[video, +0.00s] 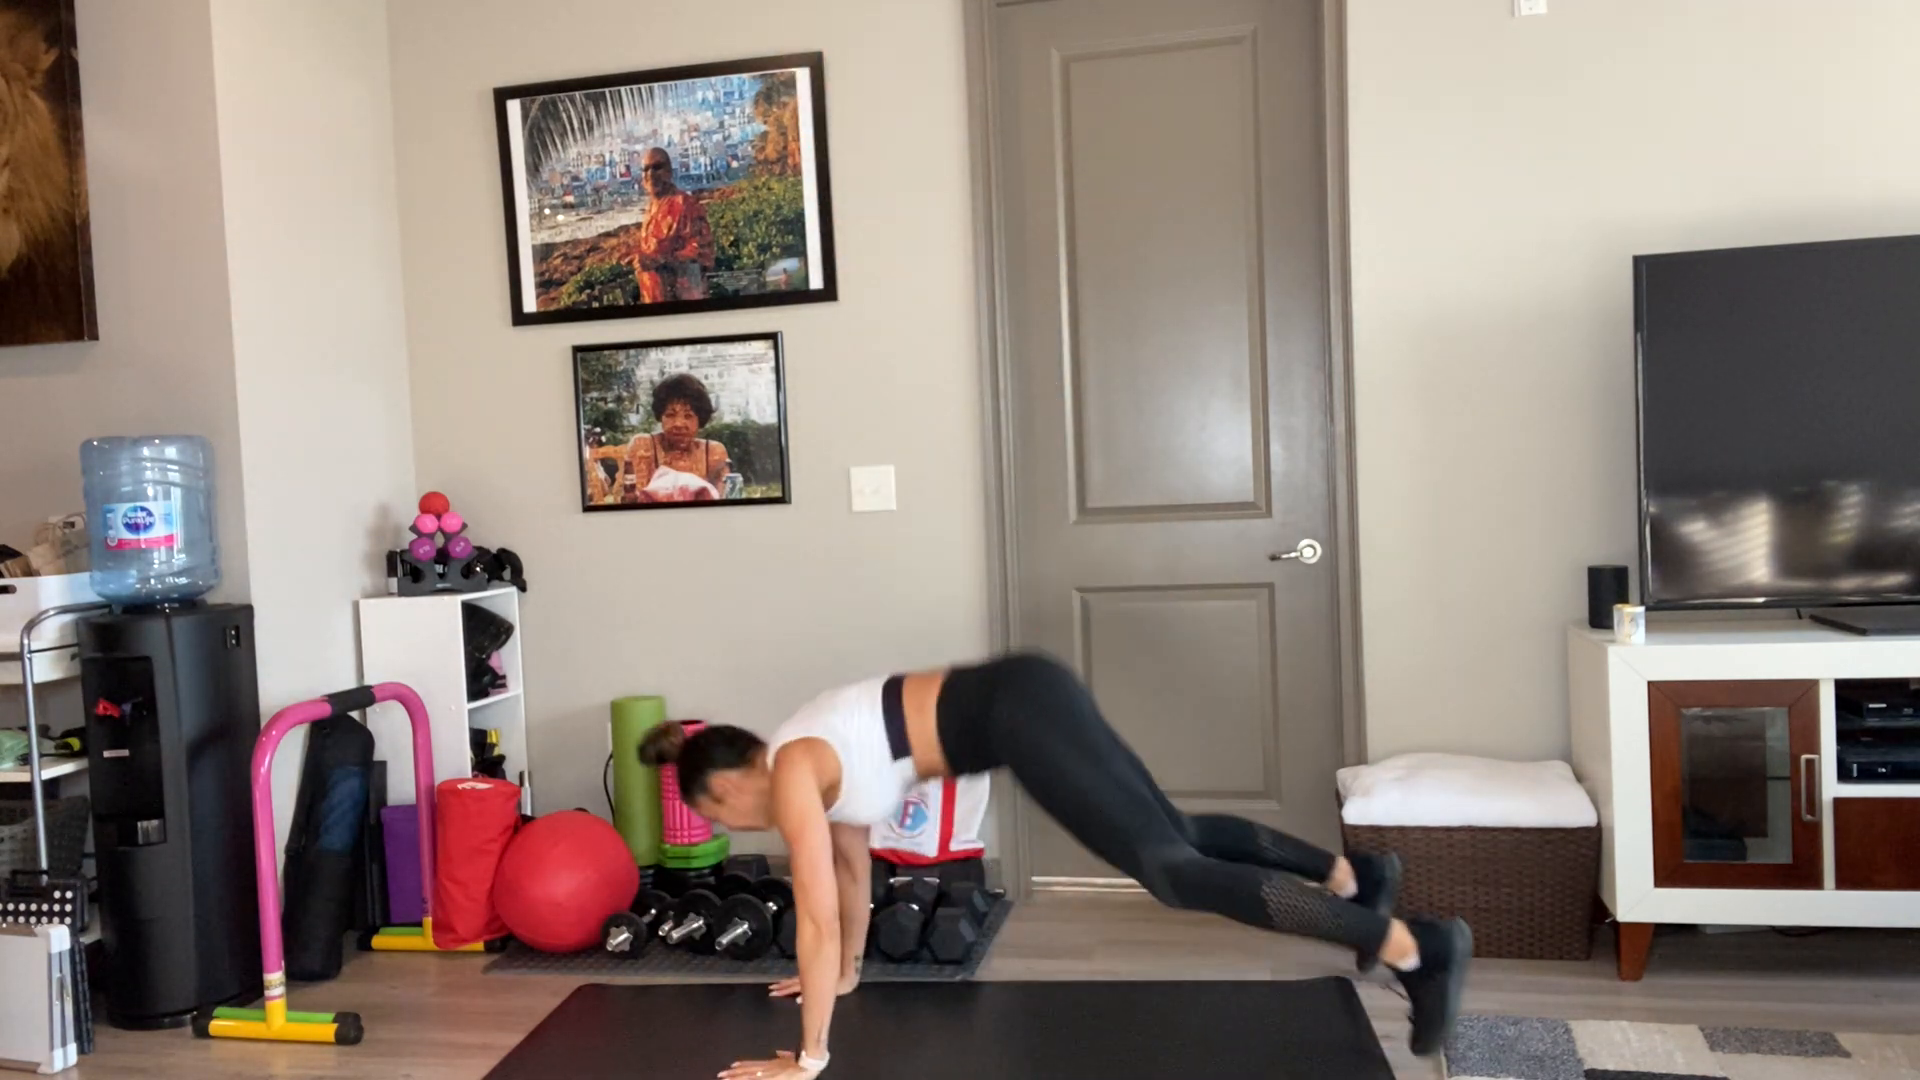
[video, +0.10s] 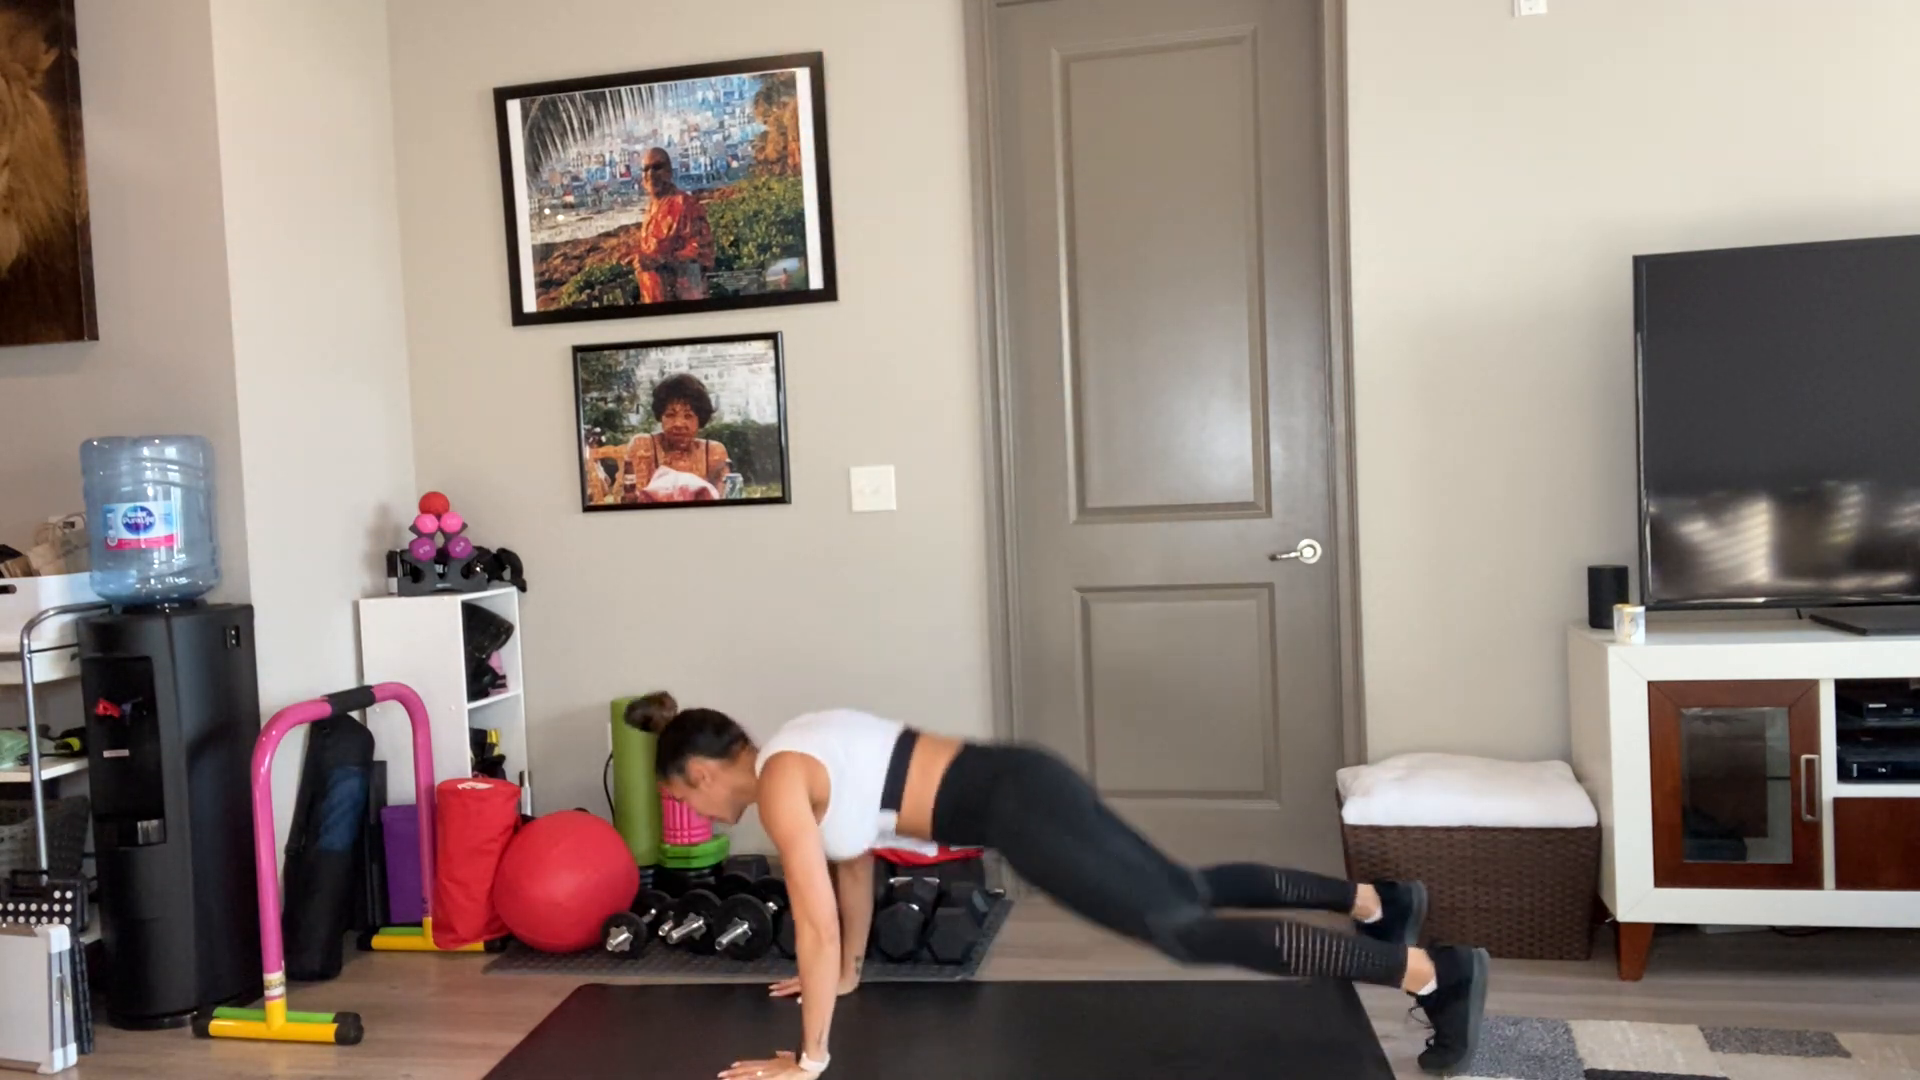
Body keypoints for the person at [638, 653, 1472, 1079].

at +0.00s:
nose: (722, 826)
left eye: (709, 813)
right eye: (707, 817)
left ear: (724, 782)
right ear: (738, 757)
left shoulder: (791, 775)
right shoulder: (819, 752)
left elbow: (821, 916)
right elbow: (851, 881)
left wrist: (812, 1050)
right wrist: (833, 967)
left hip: (1007, 712)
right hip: (1019, 697)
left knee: (1170, 871)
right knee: (1177, 836)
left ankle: (1408, 942)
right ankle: (1346, 877)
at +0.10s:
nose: (698, 809)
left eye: (691, 794)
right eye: (688, 798)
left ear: (710, 767)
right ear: (725, 752)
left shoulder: (780, 790)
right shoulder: (803, 750)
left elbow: (821, 929)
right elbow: (850, 888)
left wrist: (810, 1054)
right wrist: (839, 971)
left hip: (1008, 801)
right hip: (1014, 784)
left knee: (1179, 929)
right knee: (1187, 890)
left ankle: (1425, 971)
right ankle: (1367, 898)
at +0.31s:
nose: (673, 863)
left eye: (669, 848)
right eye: (666, 851)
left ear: (699, 823)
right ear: (713, 808)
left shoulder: (767, 852)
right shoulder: (787, 811)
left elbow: (841, 957)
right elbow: (855, 909)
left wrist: (812, 1053)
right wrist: (830, 960)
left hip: (978, 922)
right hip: (997, 882)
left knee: (1171, 1012)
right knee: (1180, 958)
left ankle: (1402, 980)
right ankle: (1356, 909)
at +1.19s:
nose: (712, 793)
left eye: (703, 779)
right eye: (701, 783)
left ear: (721, 750)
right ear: (739, 729)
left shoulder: (805, 779)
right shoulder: (821, 742)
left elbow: (825, 919)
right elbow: (853, 884)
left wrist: (813, 1052)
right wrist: (836, 969)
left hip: (1020, 830)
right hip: (1031, 810)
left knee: (1171, 991)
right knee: (1181, 949)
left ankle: (1394, 974)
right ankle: (1363, 912)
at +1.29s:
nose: (718, 803)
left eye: (709, 790)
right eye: (707, 794)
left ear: (729, 759)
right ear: (742, 739)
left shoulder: (798, 774)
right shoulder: (817, 748)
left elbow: (805, 913)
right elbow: (851, 876)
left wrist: (811, 1050)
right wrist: (842, 969)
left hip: (1028, 757)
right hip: (1039, 741)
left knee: (1175, 925)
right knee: (1190, 889)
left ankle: (1409, 972)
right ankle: (1373, 909)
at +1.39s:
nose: (756, 819)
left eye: (743, 806)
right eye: (743, 811)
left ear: (757, 774)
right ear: (765, 756)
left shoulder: (816, 767)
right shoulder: (837, 751)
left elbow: (818, 903)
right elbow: (860, 875)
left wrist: (810, 1055)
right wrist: (844, 970)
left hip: (1037, 670)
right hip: (1042, 677)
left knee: (1131, 881)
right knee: (1139, 846)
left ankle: (1355, 936)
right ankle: (1320, 874)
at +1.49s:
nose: (820, 825)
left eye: (810, 815)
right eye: (810, 818)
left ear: (816, 779)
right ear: (823, 761)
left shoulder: (865, 762)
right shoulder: (882, 753)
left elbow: (848, 923)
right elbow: (877, 883)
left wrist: (811, 1055)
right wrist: (835, 968)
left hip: (1079, 627)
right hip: (1080, 621)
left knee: (1016, 839)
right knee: (1039, 804)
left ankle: (1203, 953)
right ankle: (1177, 899)